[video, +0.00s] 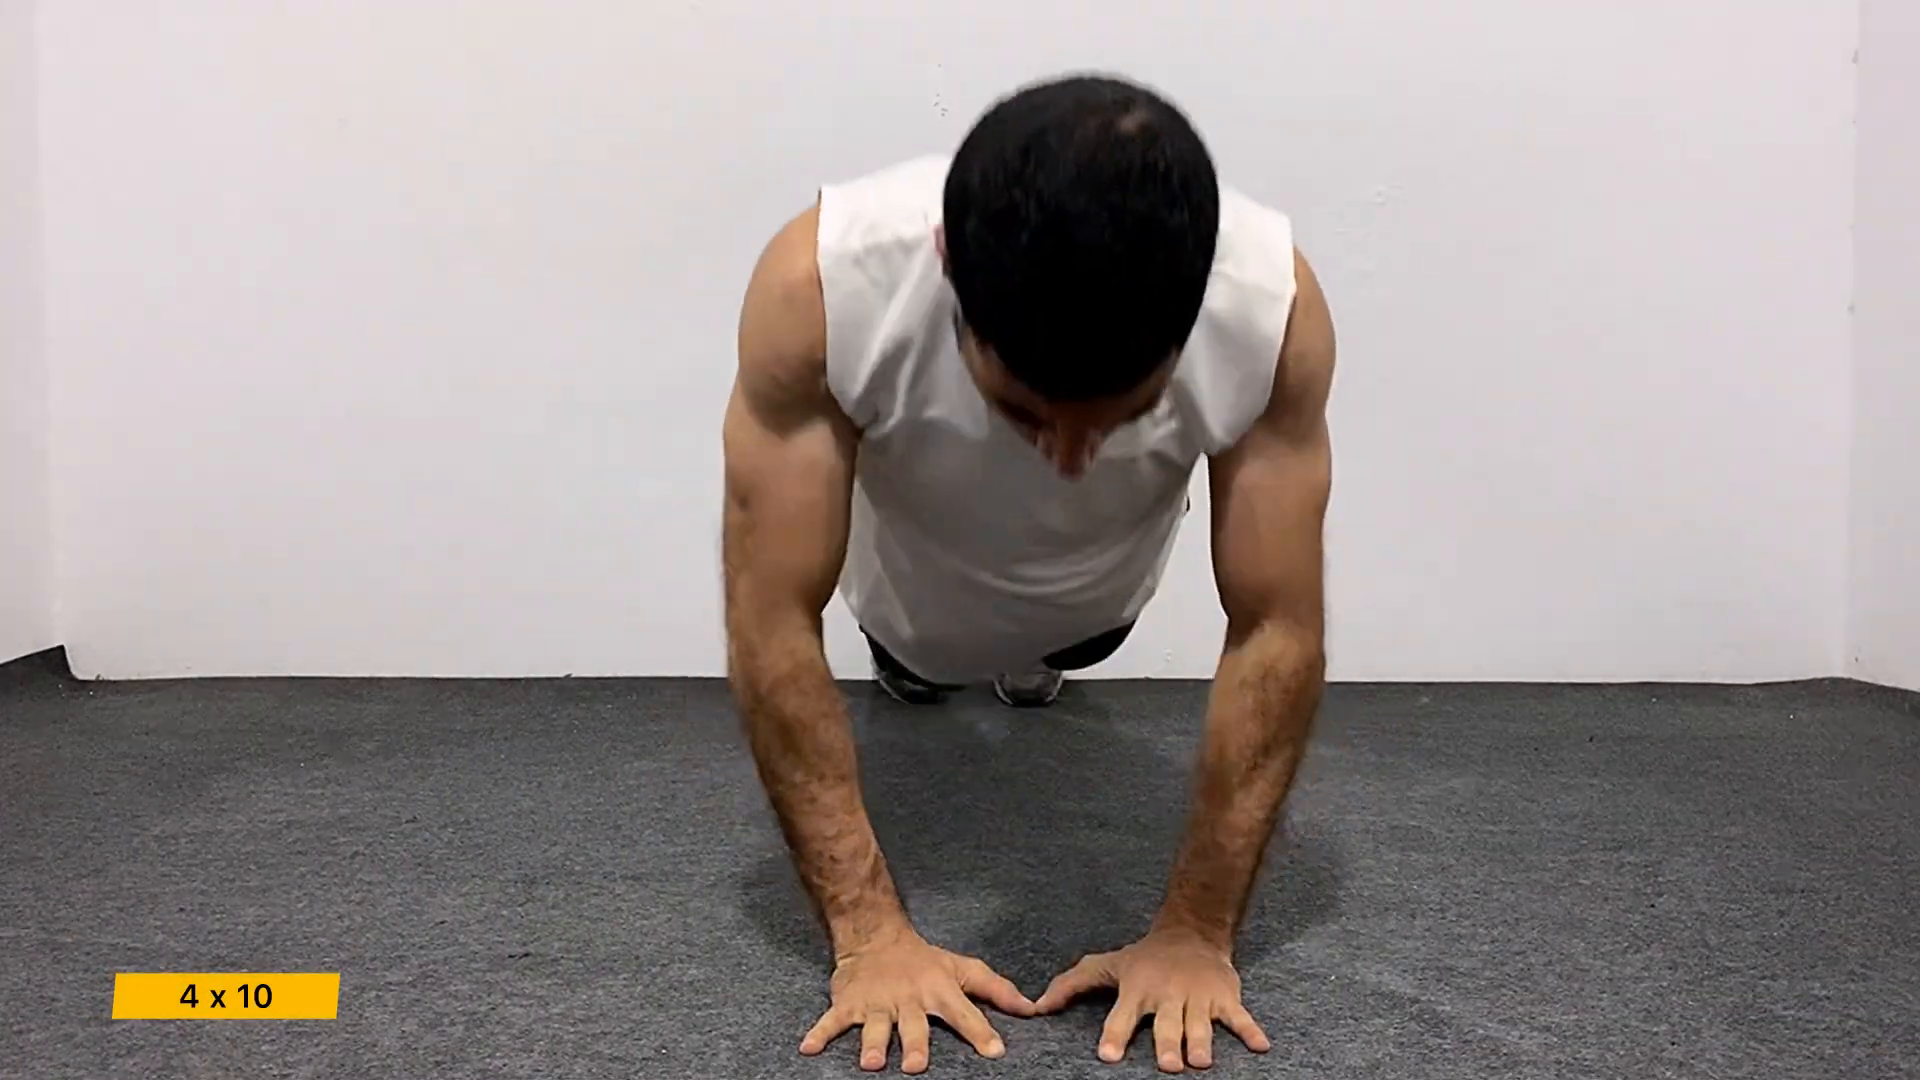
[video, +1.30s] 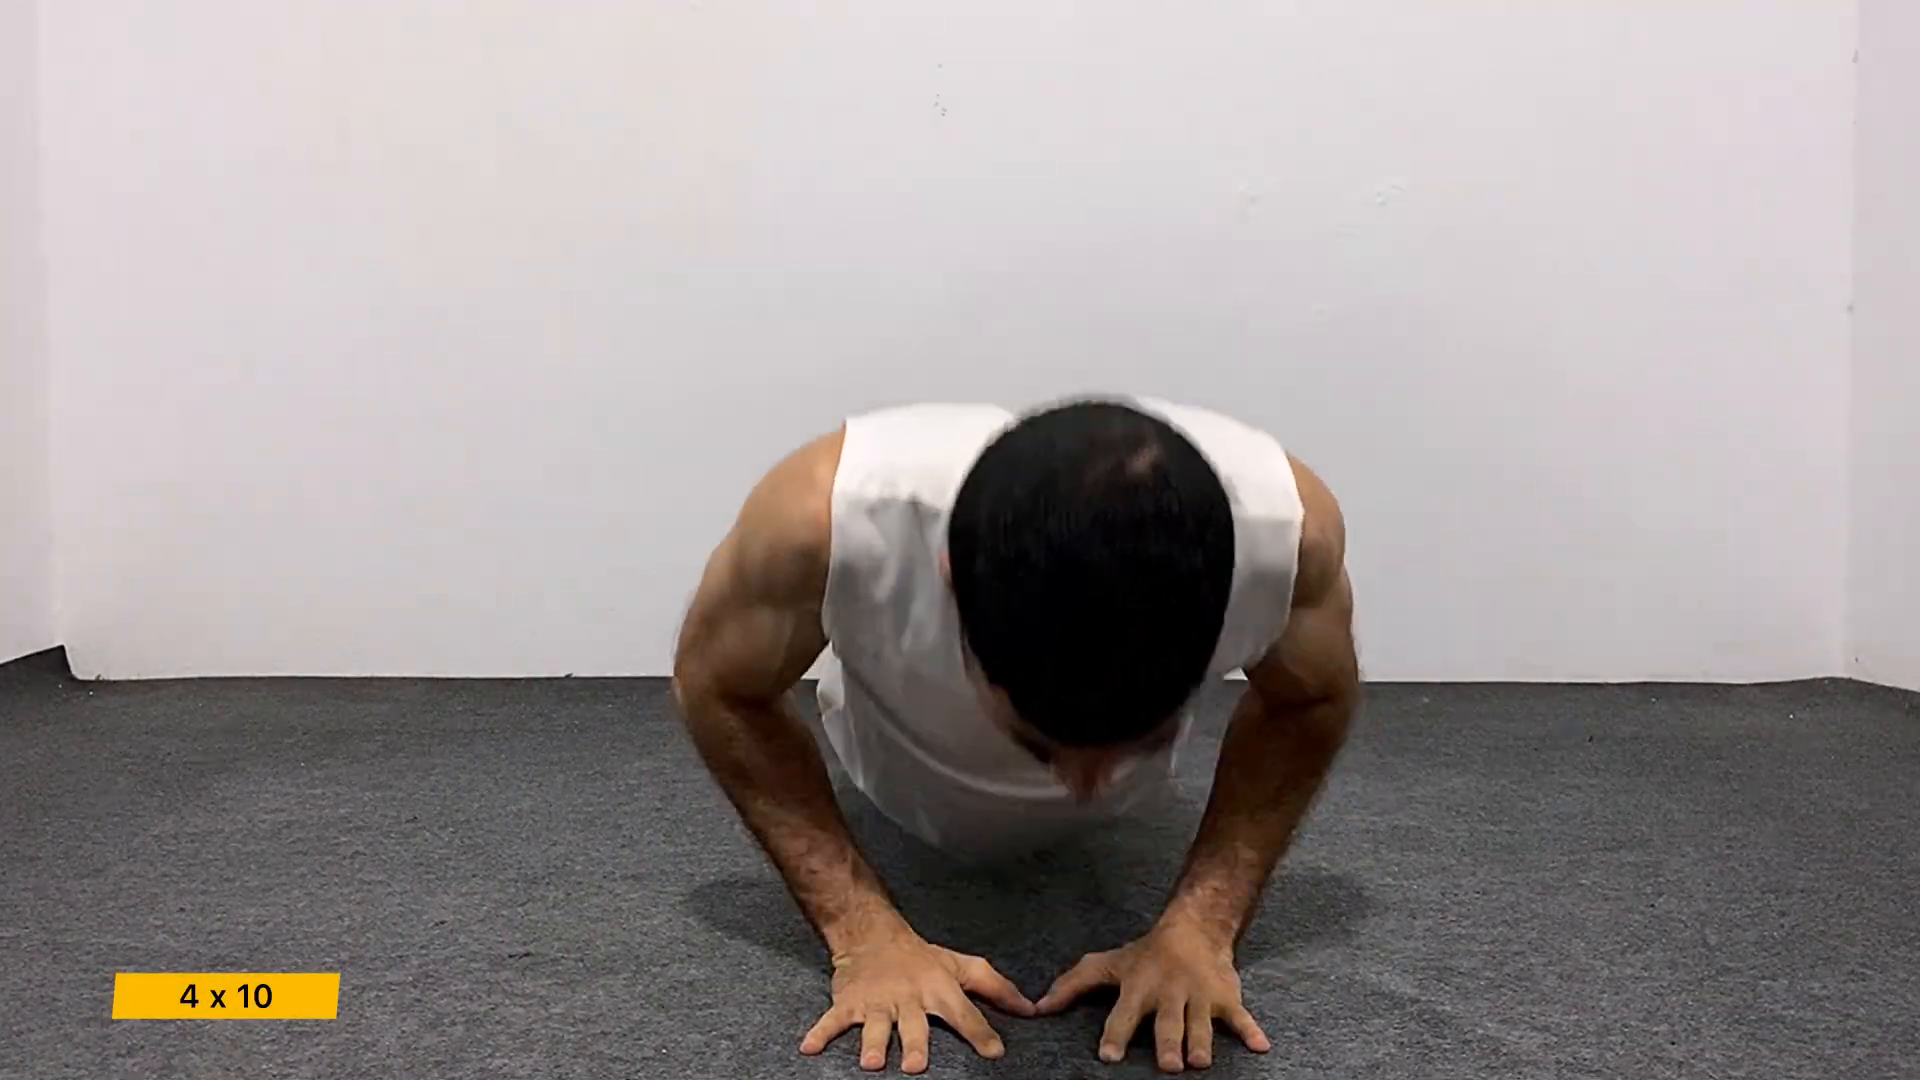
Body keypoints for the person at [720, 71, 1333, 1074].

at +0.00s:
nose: (1068, 455)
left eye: (1117, 416)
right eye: (1027, 411)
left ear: (1183, 327)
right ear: (953, 295)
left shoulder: (1268, 312)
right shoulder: (819, 291)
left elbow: (1277, 630)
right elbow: (770, 624)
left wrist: (1195, 932)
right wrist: (869, 932)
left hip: (1098, 614)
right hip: (914, 614)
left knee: (1062, 663)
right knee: (918, 675)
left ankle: (1030, 670)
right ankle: (917, 678)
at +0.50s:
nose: (1077, 579)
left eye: (1130, 542)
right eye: (1034, 540)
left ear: (1204, 428)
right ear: (948, 392)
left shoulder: (1270, 382)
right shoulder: (820, 371)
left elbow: (1294, 652)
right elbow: (747, 649)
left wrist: (1200, 927)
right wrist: (868, 935)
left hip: (1118, 666)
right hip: (908, 674)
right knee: (915, 698)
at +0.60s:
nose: (1088, 724)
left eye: (1133, 689)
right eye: (1042, 686)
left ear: (1215, 562)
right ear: (958, 529)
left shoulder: (1283, 480)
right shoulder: (827, 469)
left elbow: (1305, 681)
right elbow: (724, 674)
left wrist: (1201, 926)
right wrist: (865, 933)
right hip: (900, 721)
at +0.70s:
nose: (1093, 871)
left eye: (1136, 833)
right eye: (1051, 826)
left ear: (1227, 697)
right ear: (967, 672)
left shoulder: (1295, 573)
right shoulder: (826, 569)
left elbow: (1314, 707)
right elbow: (709, 692)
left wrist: (1203, 927)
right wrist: (863, 933)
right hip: (911, 816)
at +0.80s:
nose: (1070, 982)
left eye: (1122, 955)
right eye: (1037, 944)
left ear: (1232, 797)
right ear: (965, 766)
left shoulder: (1302, 644)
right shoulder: (830, 643)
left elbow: (1339, 718)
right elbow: (703, 687)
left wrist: (1209, 937)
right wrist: (862, 939)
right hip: (913, 831)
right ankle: (943, 555)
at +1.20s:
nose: (1089, 926)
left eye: (1132, 885)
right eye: (1047, 877)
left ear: (1219, 763)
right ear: (956, 717)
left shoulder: (1298, 620)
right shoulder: (818, 618)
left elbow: (1324, 714)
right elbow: (718, 692)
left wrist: (1201, 929)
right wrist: (862, 931)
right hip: (917, 837)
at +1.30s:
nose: (1087, 784)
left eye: (1131, 745)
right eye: (1042, 741)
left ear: (1212, 632)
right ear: (951, 591)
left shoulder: (1290, 535)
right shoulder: (820, 521)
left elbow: (1307, 696)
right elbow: (722, 688)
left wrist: (1202, 923)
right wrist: (864, 932)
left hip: (1149, 769)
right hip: (903, 781)